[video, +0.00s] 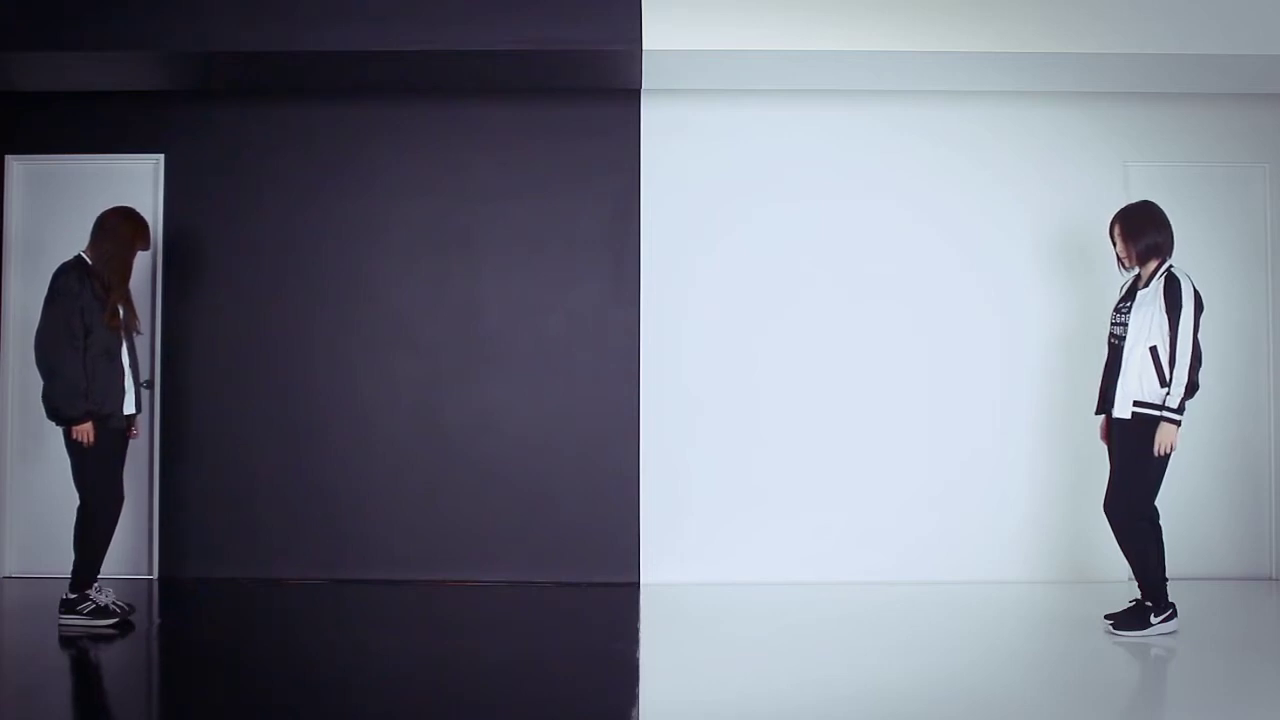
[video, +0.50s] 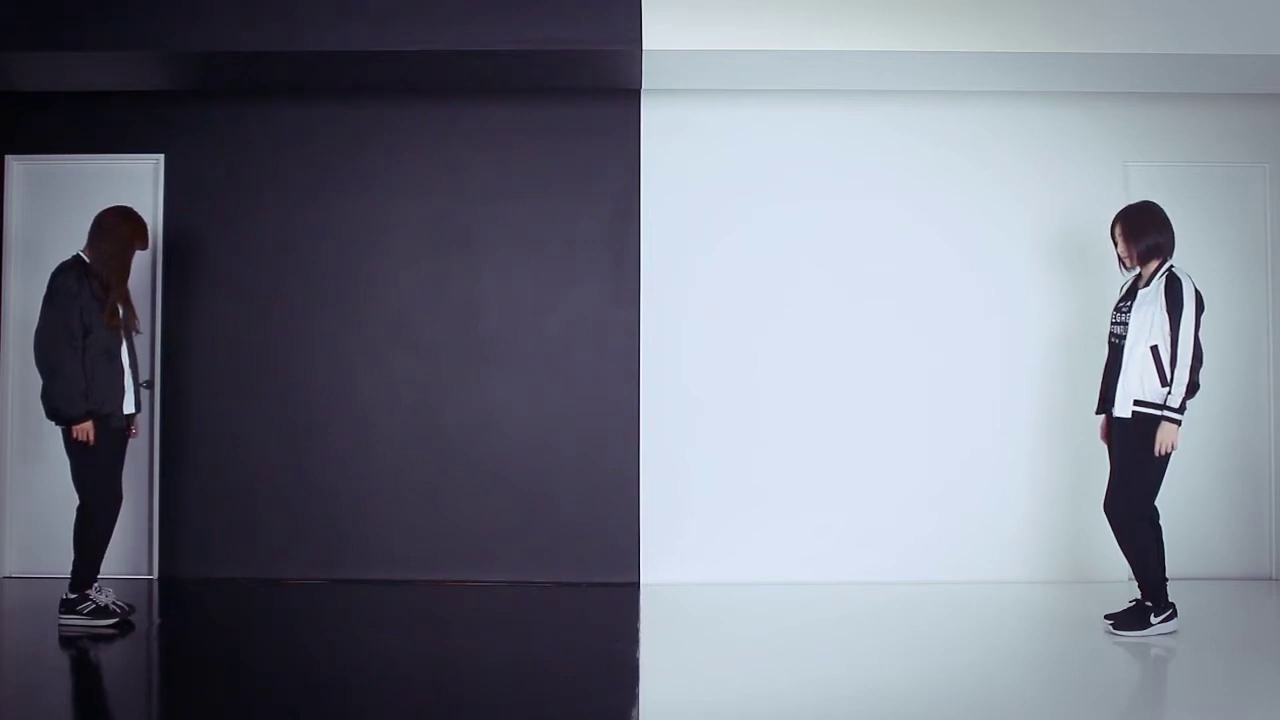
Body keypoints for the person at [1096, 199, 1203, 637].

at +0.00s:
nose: (1117, 249)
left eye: (1121, 240)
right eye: (1114, 242)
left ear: (1145, 236)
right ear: (1126, 241)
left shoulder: (1177, 284)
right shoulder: (1131, 287)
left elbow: (1187, 356)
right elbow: (1117, 355)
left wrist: (1172, 417)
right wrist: (1107, 410)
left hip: (1151, 417)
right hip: (1123, 416)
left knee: (1125, 506)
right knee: (1131, 507)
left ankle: (1157, 604)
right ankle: (1152, 600)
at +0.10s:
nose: (1117, 250)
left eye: (1121, 241)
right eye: (1115, 242)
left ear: (1145, 236)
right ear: (1126, 241)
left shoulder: (1177, 284)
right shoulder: (1131, 288)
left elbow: (1187, 356)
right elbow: (1117, 355)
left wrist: (1172, 417)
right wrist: (1107, 410)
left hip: (1151, 417)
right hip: (1123, 416)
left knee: (1125, 506)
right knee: (1131, 506)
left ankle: (1157, 604)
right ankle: (1152, 600)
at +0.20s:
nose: (1117, 249)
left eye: (1122, 241)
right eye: (1115, 242)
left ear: (1146, 237)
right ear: (1126, 241)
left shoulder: (1177, 284)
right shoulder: (1131, 287)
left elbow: (1187, 356)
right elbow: (1117, 354)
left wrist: (1172, 417)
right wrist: (1107, 410)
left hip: (1151, 417)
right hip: (1123, 416)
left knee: (1125, 506)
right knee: (1132, 507)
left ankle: (1157, 604)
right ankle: (1152, 600)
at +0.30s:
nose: (1117, 250)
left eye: (1122, 241)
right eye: (1115, 242)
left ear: (1146, 237)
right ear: (1126, 242)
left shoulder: (1177, 284)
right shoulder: (1131, 287)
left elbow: (1187, 356)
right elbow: (1117, 354)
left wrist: (1172, 417)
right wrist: (1107, 410)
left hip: (1151, 417)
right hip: (1123, 416)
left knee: (1125, 506)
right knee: (1132, 507)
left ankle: (1157, 604)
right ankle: (1152, 600)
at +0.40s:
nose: (1118, 250)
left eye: (1122, 241)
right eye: (1115, 242)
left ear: (1146, 237)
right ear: (1125, 242)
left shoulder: (1178, 284)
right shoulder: (1131, 288)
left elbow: (1188, 356)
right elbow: (1117, 354)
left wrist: (1172, 416)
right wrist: (1107, 410)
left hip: (1151, 418)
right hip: (1123, 416)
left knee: (1125, 506)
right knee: (1132, 507)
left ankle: (1157, 604)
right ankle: (1152, 600)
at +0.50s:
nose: (1118, 249)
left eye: (1123, 240)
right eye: (1116, 242)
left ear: (1147, 237)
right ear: (1125, 242)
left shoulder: (1178, 284)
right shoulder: (1131, 288)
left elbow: (1188, 356)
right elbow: (1117, 354)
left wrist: (1172, 417)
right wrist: (1107, 410)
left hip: (1151, 418)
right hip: (1123, 416)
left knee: (1126, 506)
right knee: (1131, 507)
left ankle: (1157, 604)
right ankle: (1152, 600)